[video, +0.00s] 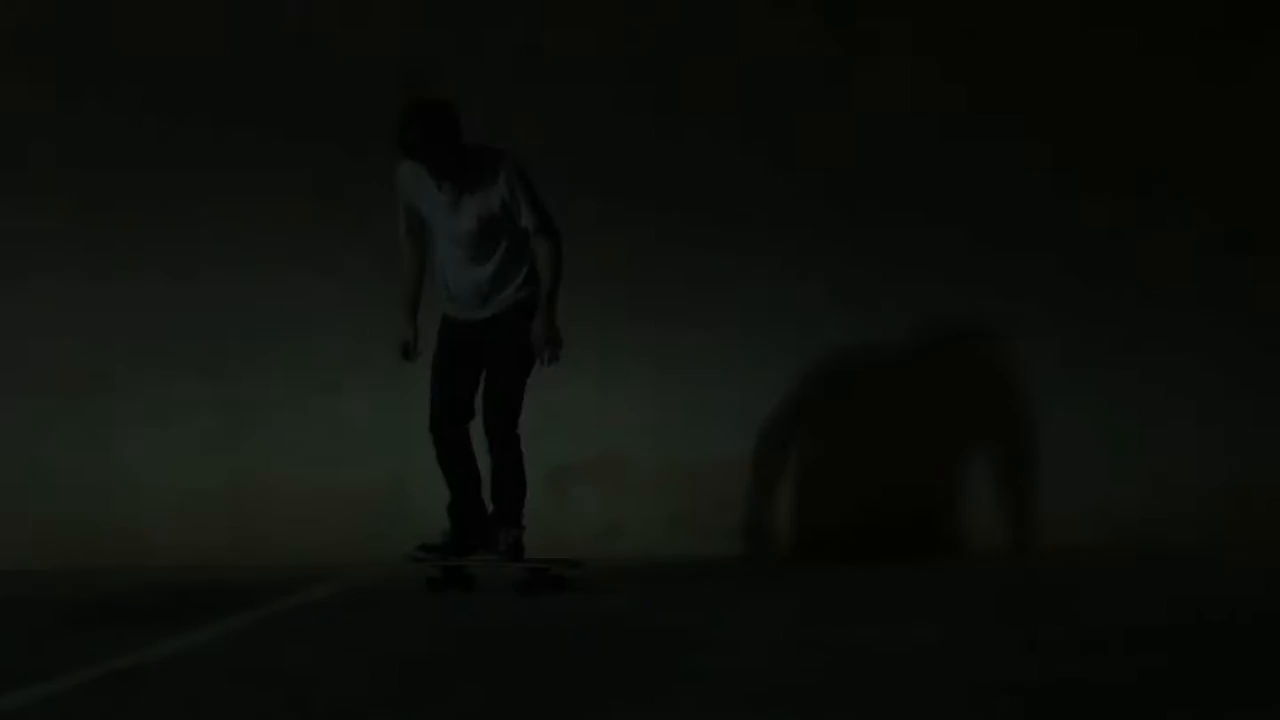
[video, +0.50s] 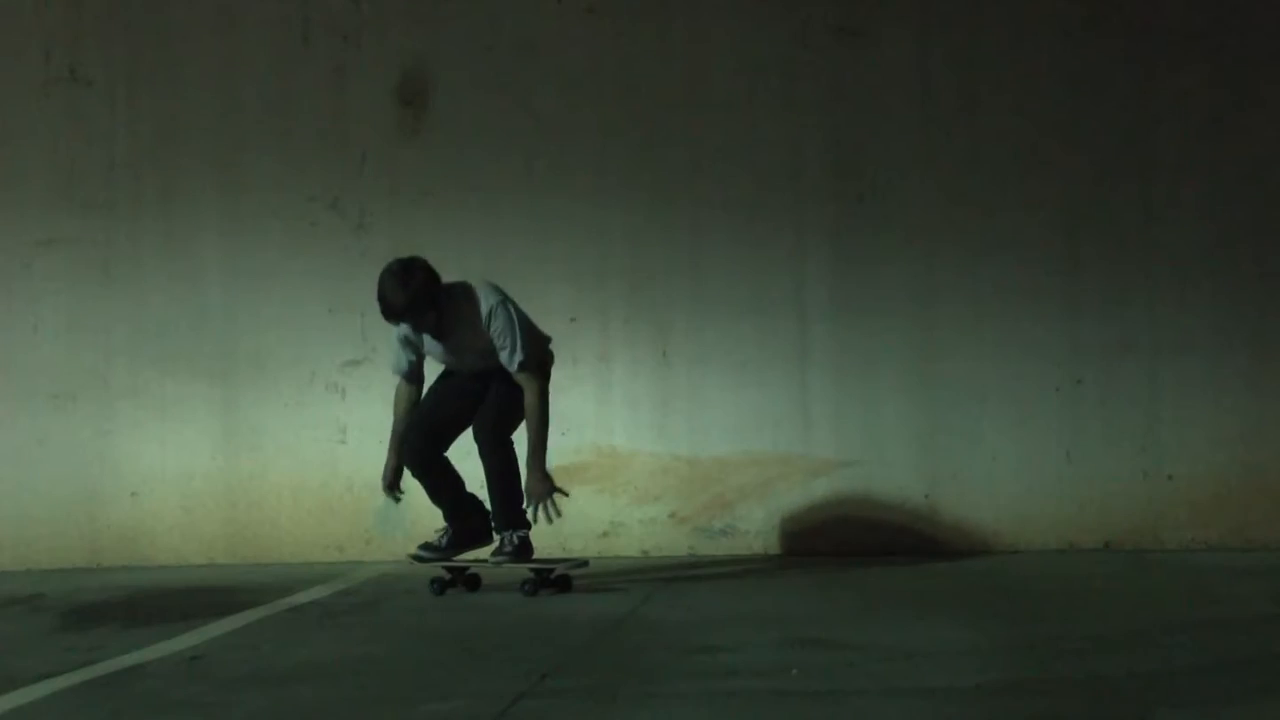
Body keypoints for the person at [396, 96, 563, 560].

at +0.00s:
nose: (432, 166)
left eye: (436, 152)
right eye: (422, 156)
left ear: (452, 143)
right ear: (416, 153)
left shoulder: (499, 174)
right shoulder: (416, 181)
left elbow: (545, 240)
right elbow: (415, 253)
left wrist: (547, 319)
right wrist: (410, 324)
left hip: (511, 319)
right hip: (457, 321)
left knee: (500, 425)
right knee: (447, 426)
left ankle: (507, 531)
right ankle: (467, 528)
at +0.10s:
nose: (419, 177)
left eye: (423, 165)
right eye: (410, 168)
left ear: (440, 152)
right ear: (404, 163)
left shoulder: (492, 174)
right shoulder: (405, 183)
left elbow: (547, 240)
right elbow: (415, 240)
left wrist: (554, 317)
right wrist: (417, 310)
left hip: (516, 303)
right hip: (462, 305)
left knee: (507, 411)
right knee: (444, 409)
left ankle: (514, 527)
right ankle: (466, 520)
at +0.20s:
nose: (415, 212)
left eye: (418, 202)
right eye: (405, 205)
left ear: (435, 186)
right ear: (400, 198)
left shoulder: (491, 200)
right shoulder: (402, 214)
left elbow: (542, 268)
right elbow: (415, 268)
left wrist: (556, 343)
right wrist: (423, 334)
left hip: (517, 312)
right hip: (465, 316)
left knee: (505, 418)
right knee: (450, 422)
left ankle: (517, 530)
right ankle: (471, 528)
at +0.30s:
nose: (417, 261)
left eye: (420, 251)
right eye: (408, 254)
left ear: (434, 235)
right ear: (398, 245)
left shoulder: (489, 241)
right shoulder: (400, 253)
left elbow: (539, 307)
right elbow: (412, 308)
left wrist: (555, 388)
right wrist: (421, 381)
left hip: (519, 328)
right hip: (467, 332)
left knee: (498, 417)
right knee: (436, 424)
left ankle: (514, 530)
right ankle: (469, 527)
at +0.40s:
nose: (416, 304)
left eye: (419, 294)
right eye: (407, 297)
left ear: (436, 276)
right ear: (398, 291)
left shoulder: (490, 283)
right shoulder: (402, 297)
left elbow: (533, 356)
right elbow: (410, 354)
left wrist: (547, 444)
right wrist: (409, 432)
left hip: (520, 351)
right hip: (468, 355)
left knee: (490, 426)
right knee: (423, 435)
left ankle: (514, 531)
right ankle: (468, 526)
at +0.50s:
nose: (414, 328)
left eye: (417, 318)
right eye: (406, 322)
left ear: (433, 302)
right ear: (399, 316)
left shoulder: (489, 305)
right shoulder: (408, 325)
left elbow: (532, 382)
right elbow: (408, 386)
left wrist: (537, 470)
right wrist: (393, 457)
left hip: (519, 369)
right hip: (466, 373)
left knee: (490, 431)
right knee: (415, 445)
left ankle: (513, 532)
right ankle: (469, 525)